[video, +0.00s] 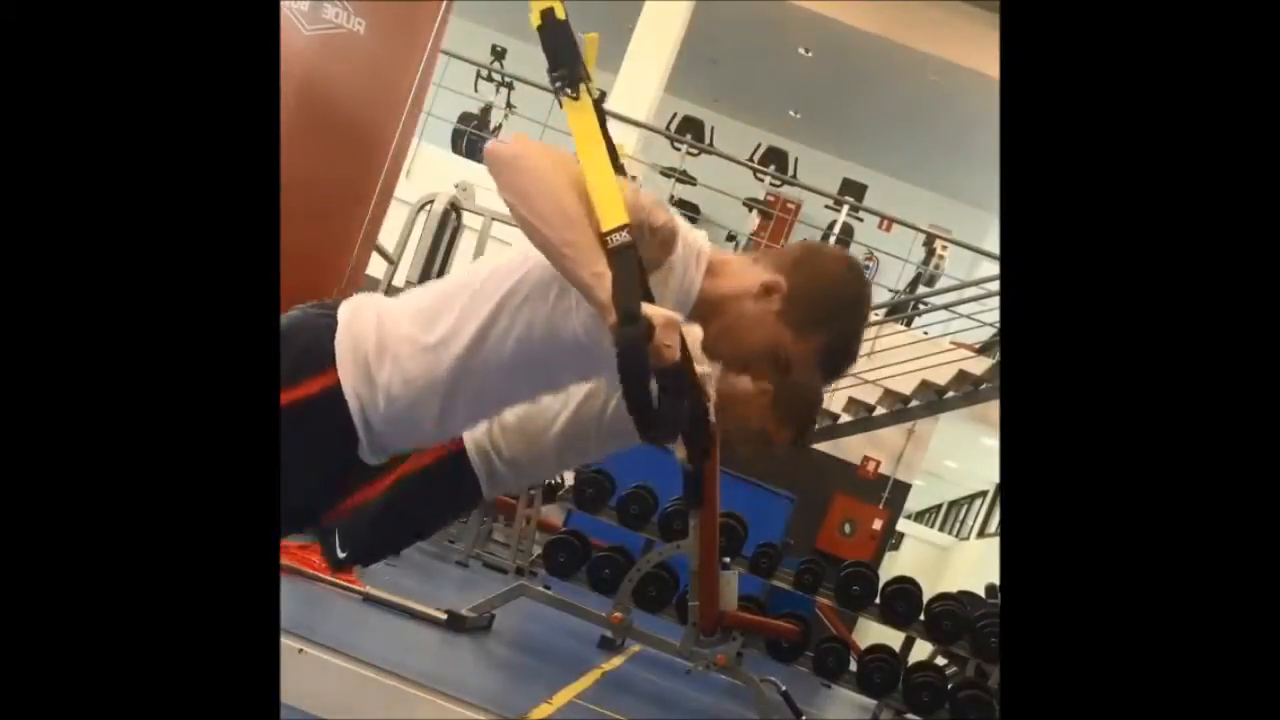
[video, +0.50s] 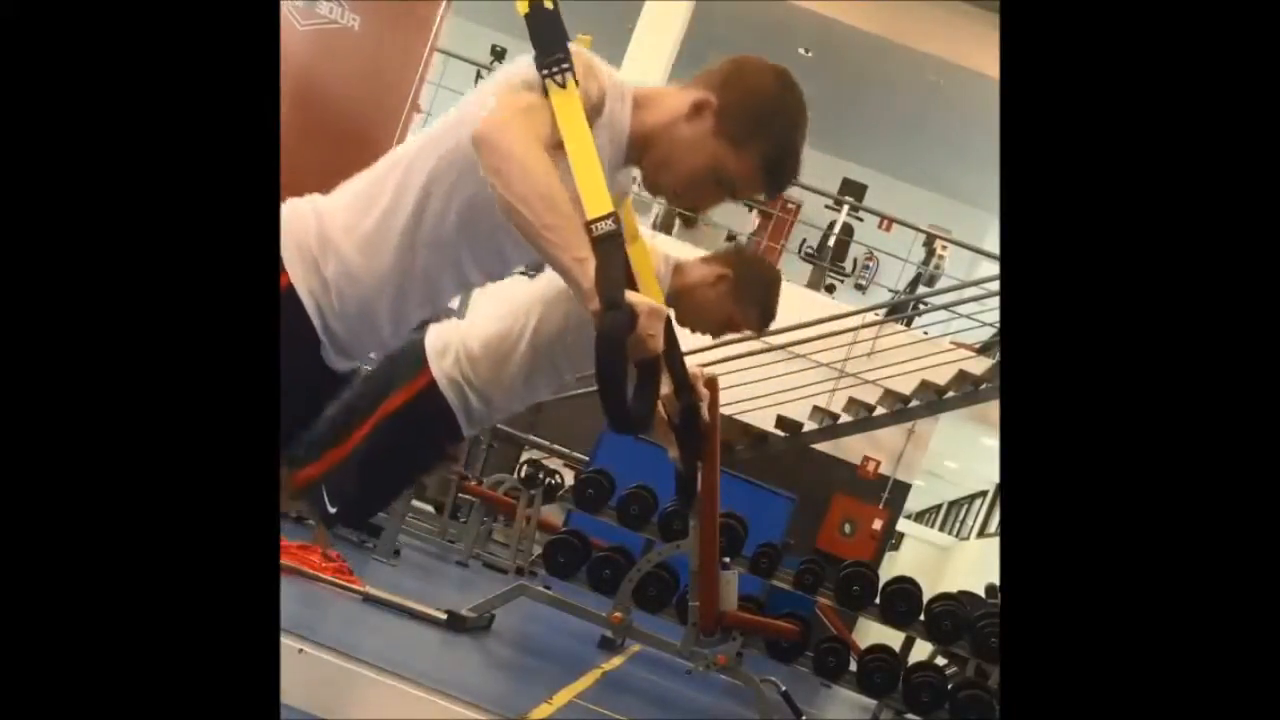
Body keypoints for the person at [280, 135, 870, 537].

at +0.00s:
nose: (757, 375)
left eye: (776, 376)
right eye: (776, 362)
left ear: (768, 291)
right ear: (770, 294)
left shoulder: (681, 336)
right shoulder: (664, 244)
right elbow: (515, 157)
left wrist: (666, 405)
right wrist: (629, 311)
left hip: (364, 440)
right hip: (329, 384)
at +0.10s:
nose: (745, 333)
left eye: (767, 330)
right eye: (766, 316)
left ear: (760, 248)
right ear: (758, 248)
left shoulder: (659, 288)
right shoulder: (642, 195)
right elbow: (506, 152)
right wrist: (615, 308)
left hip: (364, 422)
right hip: (325, 361)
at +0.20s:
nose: (738, 295)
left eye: (758, 292)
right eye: (756, 280)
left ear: (745, 205)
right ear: (747, 208)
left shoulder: (654, 250)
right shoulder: (630, 158)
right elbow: (503, 145)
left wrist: (659, 401)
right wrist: (615, 302)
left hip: (362, 404)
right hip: (318, 340)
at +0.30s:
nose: (733, 265)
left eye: (752, 262)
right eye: (749, 248)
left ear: (735, 168)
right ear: (733, 172)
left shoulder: (636, 227)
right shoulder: (614, 129)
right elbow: (499, 138)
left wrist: (662, 392)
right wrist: (599, 291)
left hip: (353, 384)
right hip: (308, 322)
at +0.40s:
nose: (716, 235)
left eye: (735, 231)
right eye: (732, 213)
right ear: (716, 141)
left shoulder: (624, 209)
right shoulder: (605, 107)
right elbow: (501, 134)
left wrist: (663, 383)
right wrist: (596, 287)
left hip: (352, 365)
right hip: (305, 303)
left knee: (287, 482)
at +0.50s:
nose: (706, 206)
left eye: (728, 199)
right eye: (721, 184)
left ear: (697, 114)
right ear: (700, 114)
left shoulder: (612, 174)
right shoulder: (582, 75)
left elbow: (629, 276)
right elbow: (503, 139)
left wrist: (670, 377)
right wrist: (601, 290)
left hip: (343, 352)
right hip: (297, 290)